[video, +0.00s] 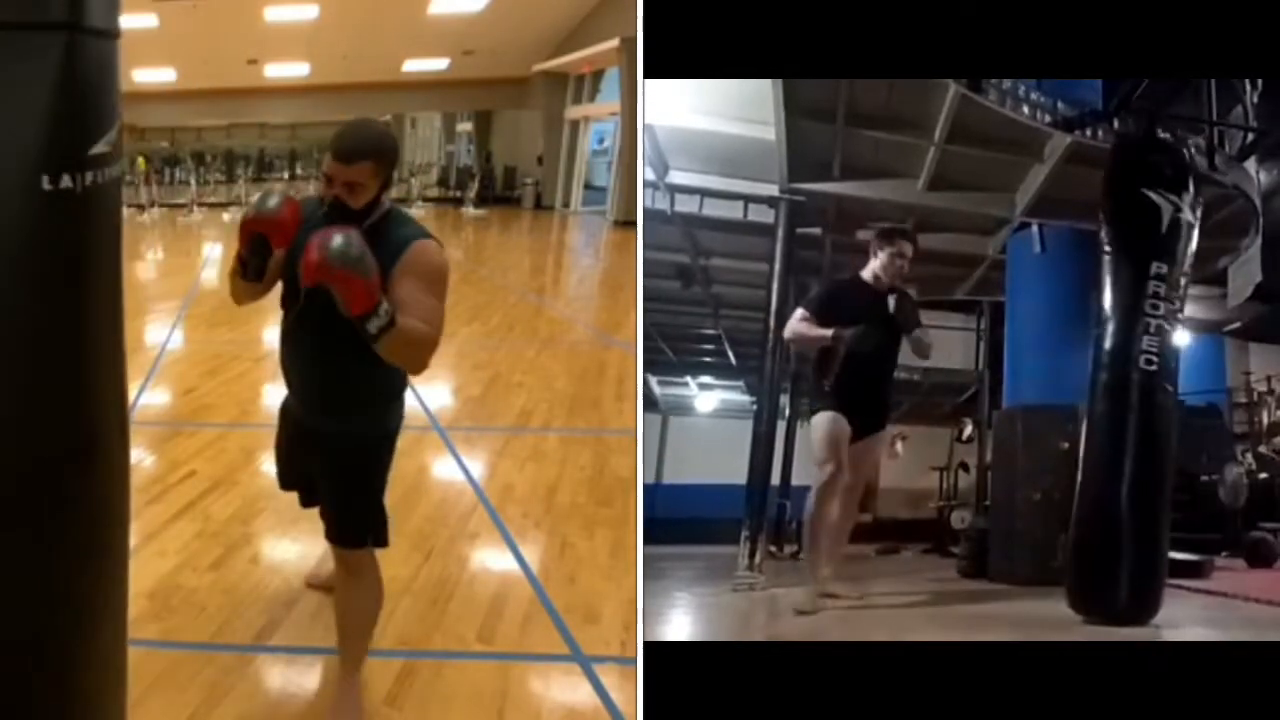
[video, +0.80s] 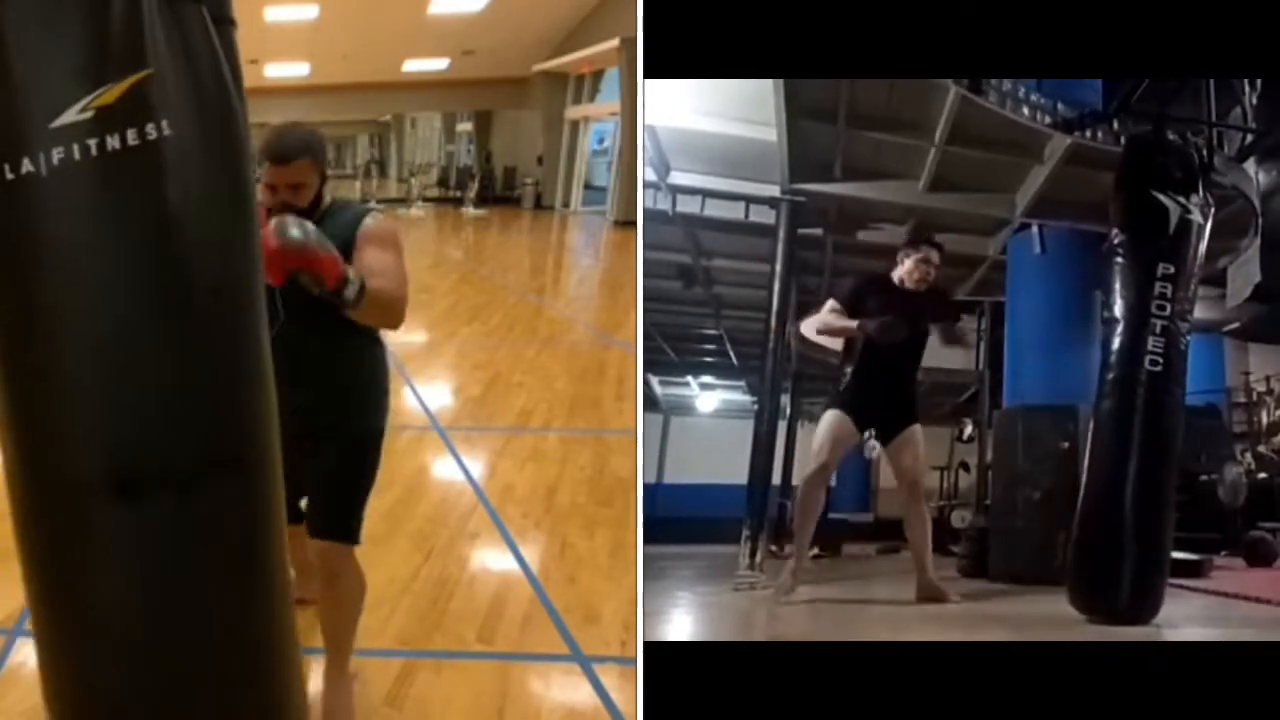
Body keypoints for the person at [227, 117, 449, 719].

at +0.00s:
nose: (338, 197)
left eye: (354, 189)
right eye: (332, 183)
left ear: (386, 183)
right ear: (323, 170)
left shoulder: (416, 253)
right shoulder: (304, 219)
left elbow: (417, 356)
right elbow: (245, 294)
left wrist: (368, 306)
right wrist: (253, 247)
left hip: (363, 418)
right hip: (305, 401)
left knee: (353, 554)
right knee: (325, 494)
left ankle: (347, 686)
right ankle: (345, 566)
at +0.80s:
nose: (281, 201)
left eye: (295, 189)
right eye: (272, 188)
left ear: (323, 181)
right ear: (258, 181)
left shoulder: (365, 228)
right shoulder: (247, 226)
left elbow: (391, 310)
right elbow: (223, 296)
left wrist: (330, 272)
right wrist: (248, 250)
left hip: (347, 401)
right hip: (277, 395)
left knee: (331, 545)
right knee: (282, 510)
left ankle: (336, 679)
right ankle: (306, 578)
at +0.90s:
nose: (278, 204)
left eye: (290, 192)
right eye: (268, 190)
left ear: (316, 183)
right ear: (254, 183)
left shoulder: (363, 230)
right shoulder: (245, 229)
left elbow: (409, 322)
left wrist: (353, 282)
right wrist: (256, 259)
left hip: (345, 406)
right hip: (272, 401)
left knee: (314, 542)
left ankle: (342, 678)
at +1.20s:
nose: (277, 249)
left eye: (290, 235)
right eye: (266, 236)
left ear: (322, 220)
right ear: (252, 226)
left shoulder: (362, 262)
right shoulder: (257, 267)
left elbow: (419, 323)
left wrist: (333, 353)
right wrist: (257, 352)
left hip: (376, 453)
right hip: (294, 446)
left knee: (361, 596)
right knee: (278, 557)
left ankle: (391, 710)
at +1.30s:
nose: (320, 248)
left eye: (333, 233)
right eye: (305, 235)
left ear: (365, 213)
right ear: (289, 222)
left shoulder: (413, 257)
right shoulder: (277, 269)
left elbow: (524, 327)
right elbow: (222, 327)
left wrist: (450, 289)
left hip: (399, 463)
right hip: (311, 459)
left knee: (400, 616)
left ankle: (397, 714)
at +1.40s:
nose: (357, 247)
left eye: (370, 232)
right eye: (340, 235)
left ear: (399, 207)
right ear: (320, 216)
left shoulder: (437, 249)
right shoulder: (286, 277)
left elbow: (511, 320)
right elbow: (204, 333)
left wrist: (496, 285)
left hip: (411, 457)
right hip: (321, 456)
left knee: (409, 608)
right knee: (314, 550)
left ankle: (398, 714)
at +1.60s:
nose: (328, 232)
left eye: (343, 218)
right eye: (314, 218)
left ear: (373, 203)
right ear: (298, 206)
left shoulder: (423, 256)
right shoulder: (281, 259)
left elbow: (481, 355)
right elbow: (233, 343)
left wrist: (412, 314)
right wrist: (235, 312)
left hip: (402, 451)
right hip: (320, 444)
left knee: (394, 607)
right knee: (315, 535)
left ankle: (407, 712)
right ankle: (331, 601)